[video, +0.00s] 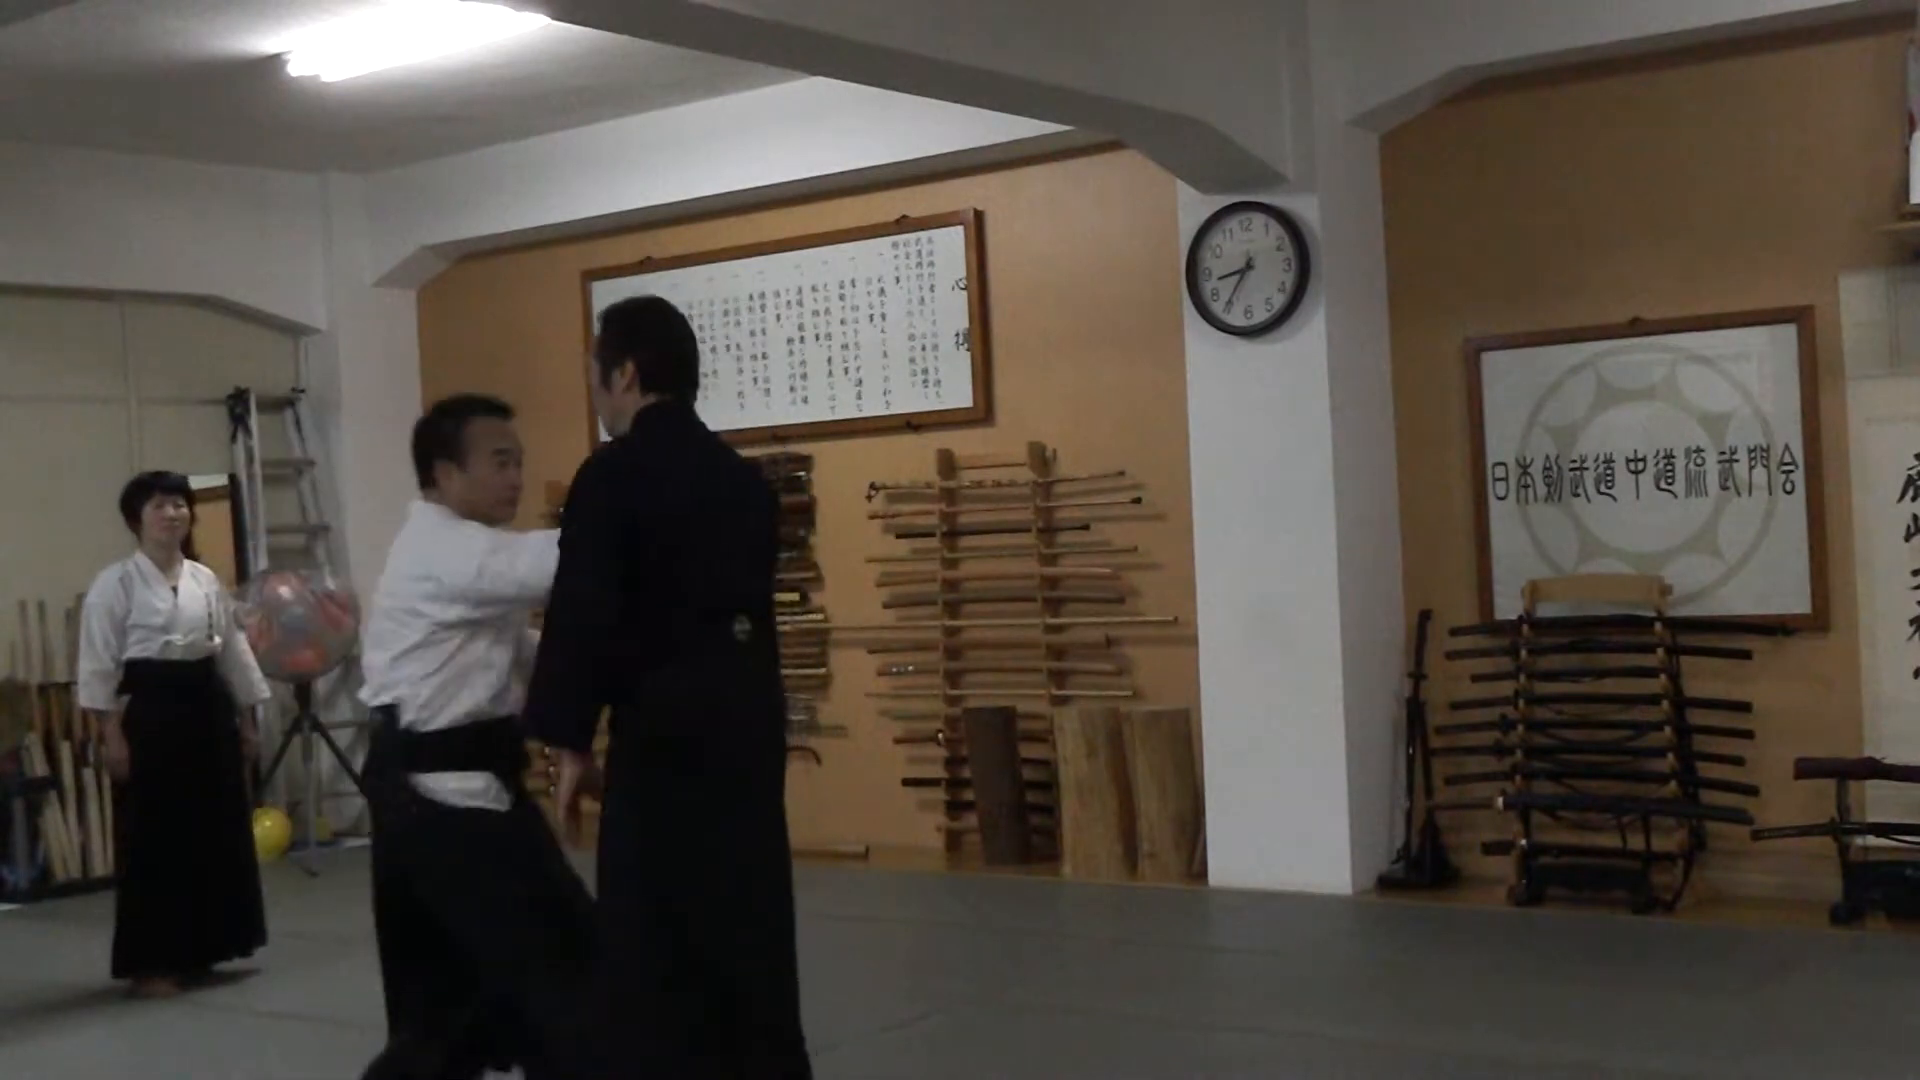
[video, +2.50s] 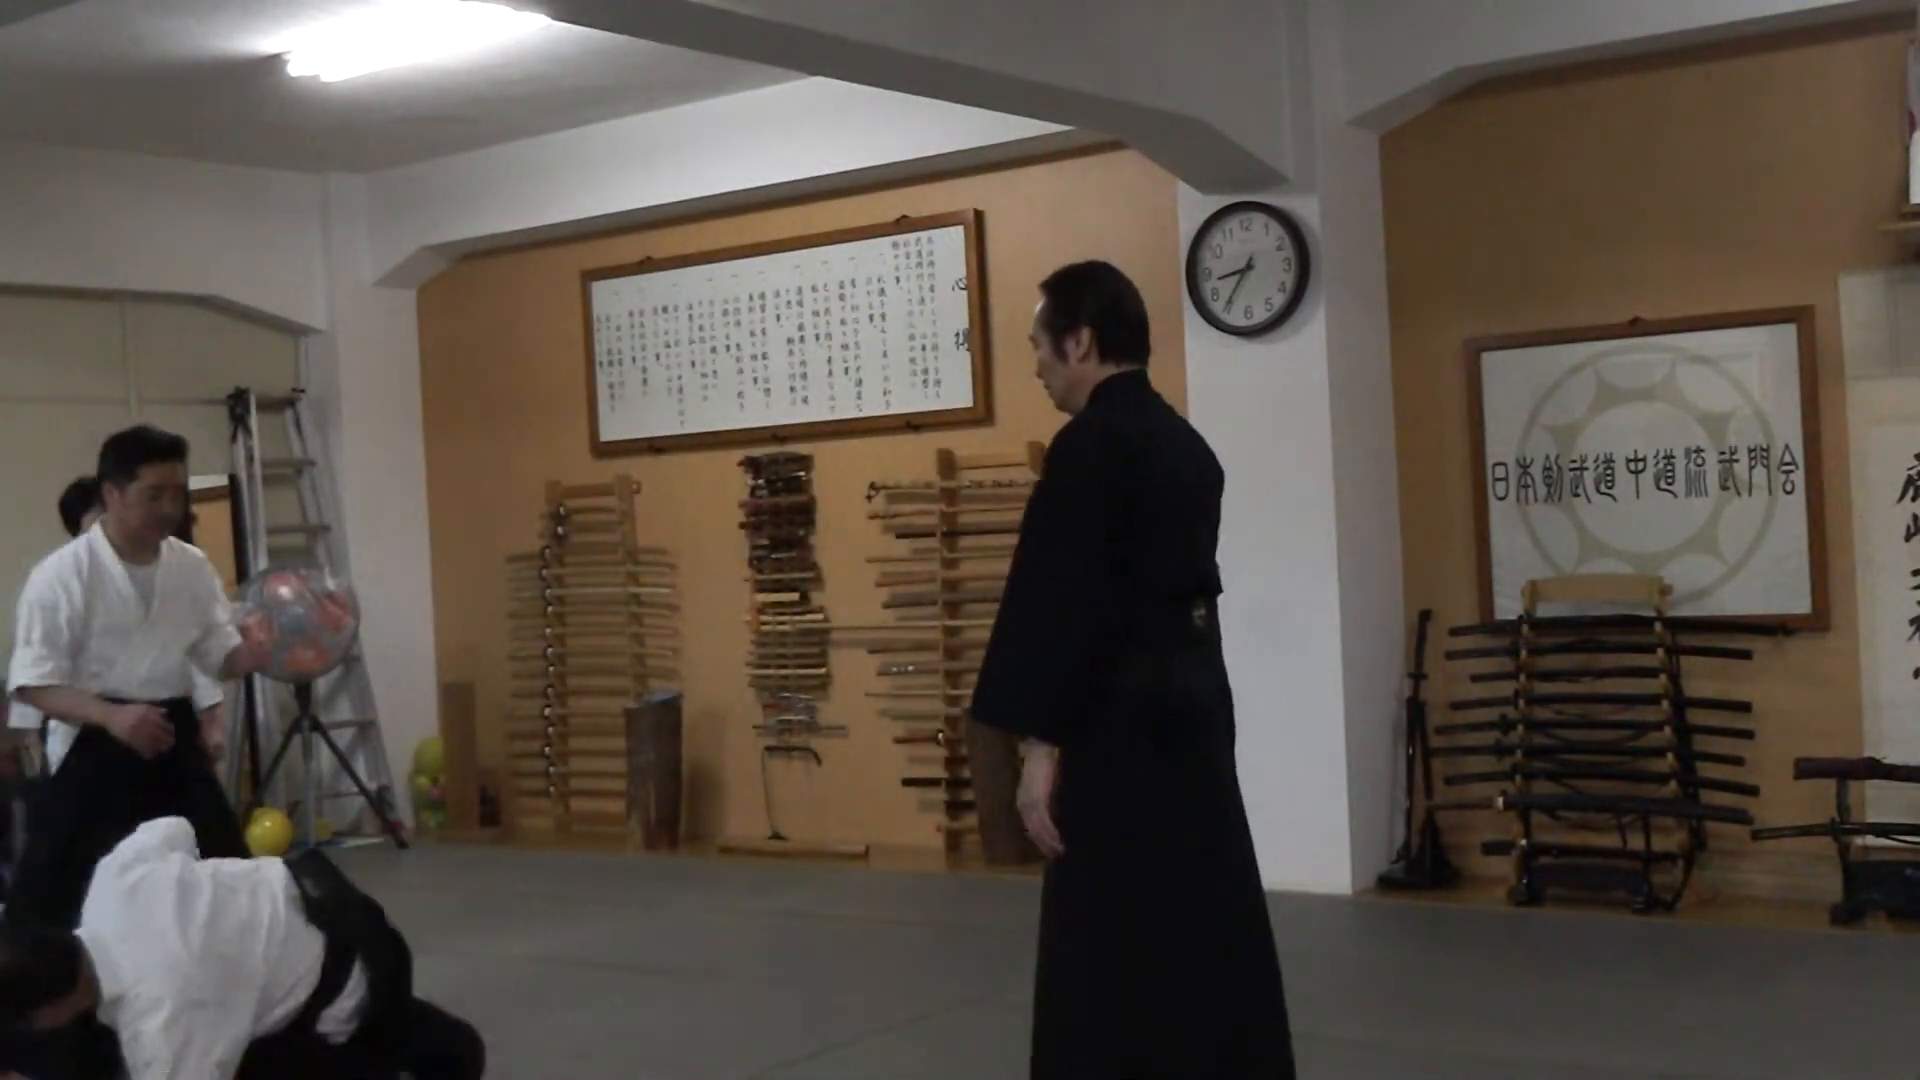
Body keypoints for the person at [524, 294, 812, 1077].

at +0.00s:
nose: (596, 389)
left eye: (599, 374)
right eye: (597, 374)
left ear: (629, 374)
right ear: (685, 375)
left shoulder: (612, 475)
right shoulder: (741, 473)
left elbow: (581, 614)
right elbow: (750, 611)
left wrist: (570, 737)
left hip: (657, 721)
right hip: (749, 712)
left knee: (650, 910)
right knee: (747, 903)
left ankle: (657, 1064)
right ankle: (761, 1063)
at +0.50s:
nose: (668, 425)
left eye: (665, 405)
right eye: (663, 408)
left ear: (689, 391)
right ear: (750, 384)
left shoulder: (703, 487)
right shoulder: (821, 484)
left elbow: (665, 633)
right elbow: (822, 634)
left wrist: (651, 771)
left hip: (744, 740)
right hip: (836, 727)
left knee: (699, 938)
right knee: (824, 933)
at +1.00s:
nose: (878, 427)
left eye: (877, 407)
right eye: (872, 411)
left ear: (919, 388)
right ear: (938, 384)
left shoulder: (963, 472)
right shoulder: (1003, 462)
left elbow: (956, 634)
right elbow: (1043, 605)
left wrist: (942, 780)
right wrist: (929, 590)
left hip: (1005, 754)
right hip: (1048, 742)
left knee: (937, 976)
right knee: (1035, 967)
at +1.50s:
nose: (1016, 375)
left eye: (1019, 353)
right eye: (1012, 356)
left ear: (1067, 343)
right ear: (1085, 340)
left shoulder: (1109, 439)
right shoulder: (1155, 425)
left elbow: (1109, 611)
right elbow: (1197, 590)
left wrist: (1107, 764)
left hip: (1165, 725)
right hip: (1210, 707)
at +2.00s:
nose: (1068, 354)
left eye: (1074, 332)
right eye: (1067, 333)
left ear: (1120, 330)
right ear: (1142, 329)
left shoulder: (1138, 437)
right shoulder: (1219, 426)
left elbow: (1101, 599)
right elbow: (1219, 599)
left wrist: (1077, 753)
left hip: (1170, 737)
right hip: (1238, 721)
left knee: (1166, 964)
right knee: (1243, 952)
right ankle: (1254, 1070)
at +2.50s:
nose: (1034, 362)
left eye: (1041, 343)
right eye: (1034, 344)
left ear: (1083, 341)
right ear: (1113, 344)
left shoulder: (1087, 448)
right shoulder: (1185, 444)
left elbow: (1061, 604)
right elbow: (1180, 605)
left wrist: (1040, 753)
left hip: (1112, 740)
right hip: (1191, 728)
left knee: (1109, 957)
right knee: (1200, 945)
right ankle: (1211, 1068)